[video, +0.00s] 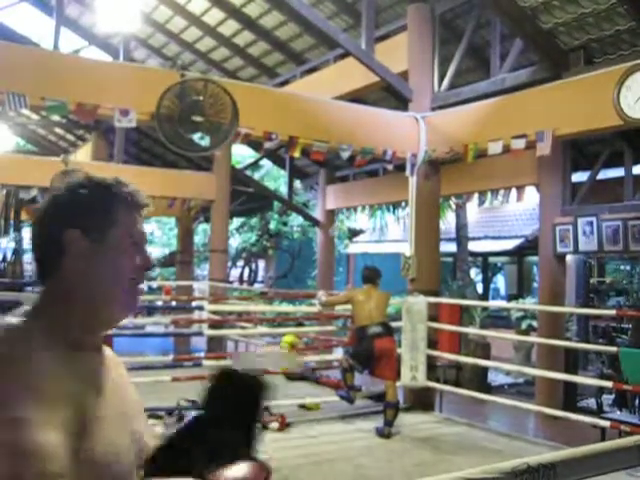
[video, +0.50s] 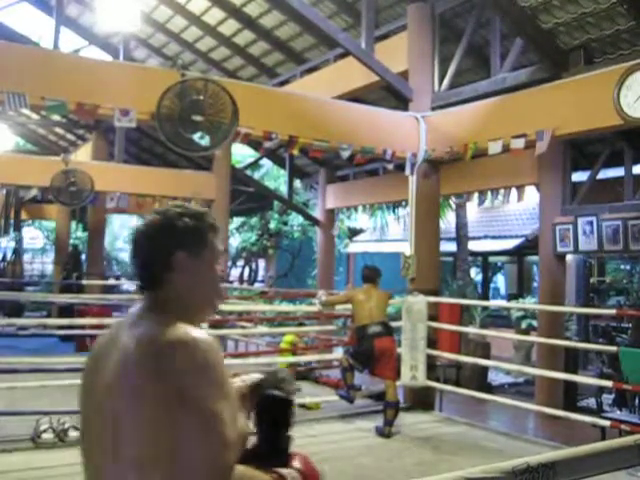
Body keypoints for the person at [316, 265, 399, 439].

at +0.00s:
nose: (378, 283)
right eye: (378, 280)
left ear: (363, 279)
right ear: (378, 281)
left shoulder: (354, 294)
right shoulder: (385, 296)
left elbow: (328, 302)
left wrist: (322, 297)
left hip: (366, 338)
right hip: (386, 338)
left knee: (347, 360)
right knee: (390, 384)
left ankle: (349, 390)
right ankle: (388, 426)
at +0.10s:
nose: (378, 283)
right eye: (378, 280)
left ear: (363, 279)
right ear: (378, 281)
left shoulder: (354, 294)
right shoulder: (385, 296)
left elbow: (328, 302)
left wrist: (322, 297)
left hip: (366, 339)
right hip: (387, 339)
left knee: (347, 359)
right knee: (391, 384)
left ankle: (350, 390)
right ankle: (388, 426)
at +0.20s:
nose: (378, 282)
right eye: (378, 279)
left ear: (363, 279)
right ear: (378, 280)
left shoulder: (354, 294)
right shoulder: (385, 295)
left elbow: (328, 302)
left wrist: (322, 296)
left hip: (367, 339)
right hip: (387, 338)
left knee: (347, 359)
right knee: (391, 383)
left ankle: (350, 389)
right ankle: (388, 425)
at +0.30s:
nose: (379, 282)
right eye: (379, 279)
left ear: (363, 279)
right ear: (378, 280)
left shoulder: (354, 294)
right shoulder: (384, 295)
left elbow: (328, 301)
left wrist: (322, 296)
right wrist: (349, 292)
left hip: (367, 338)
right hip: (387, 337)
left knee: (347, 359)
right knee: (391, 383)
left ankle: (350, 389)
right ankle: (388, 426)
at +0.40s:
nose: (379, 282)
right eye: (379, 279)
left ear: (363, 279)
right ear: (378, 280)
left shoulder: (354, 294)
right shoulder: (385, 295)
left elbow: (328, 301)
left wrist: (322, 296)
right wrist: (350, 292)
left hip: (366, 338)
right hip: (387, 337)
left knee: (347, 359)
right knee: (391, 383)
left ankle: (349, 389)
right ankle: (388, 426)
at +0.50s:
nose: (377, 282)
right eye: (377, 279)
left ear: (362, 279)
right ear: (378, 280)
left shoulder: (354, 294)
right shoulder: (385, 295)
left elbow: (329, 301)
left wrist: (323, 297)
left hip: (366, 338)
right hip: (387, 337)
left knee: (347, 358)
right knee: (390, 383)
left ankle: (349, 389)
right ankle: (388, 427)